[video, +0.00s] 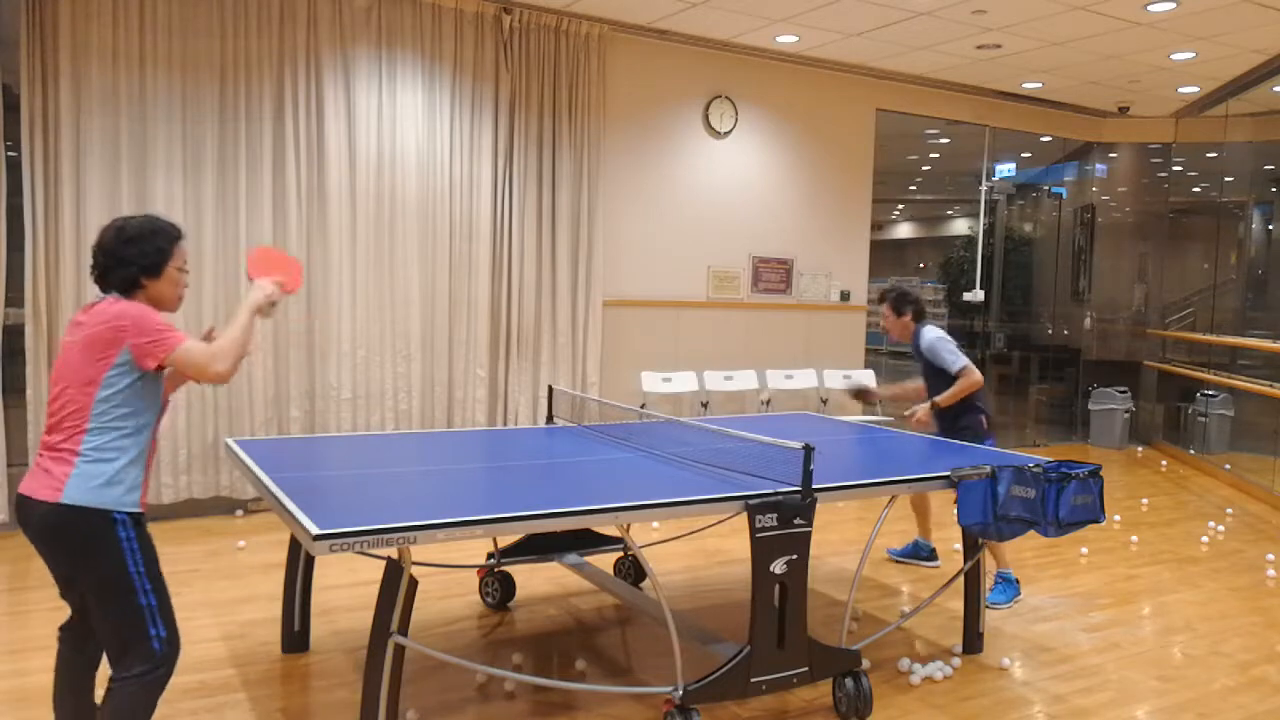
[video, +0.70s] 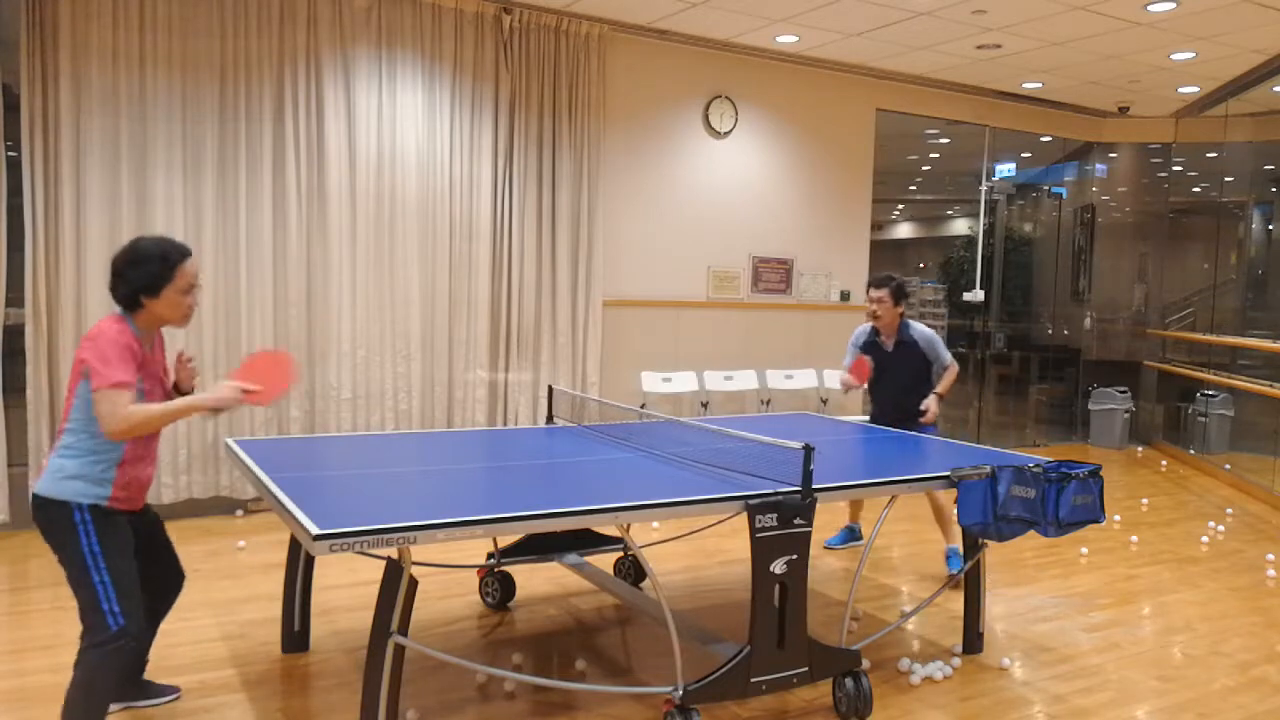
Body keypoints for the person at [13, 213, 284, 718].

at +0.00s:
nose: (186, 281)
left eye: (185, 270)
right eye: (179, 270)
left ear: (133, 272)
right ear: (144, 273)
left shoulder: (92, 317)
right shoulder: (129, 319)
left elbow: (131, 406)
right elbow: (218, 364)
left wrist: (189, 360)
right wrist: (253, 303)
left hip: (45, 500)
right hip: (95, 508)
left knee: (87, 626)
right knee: (151, 651)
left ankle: (75, 711)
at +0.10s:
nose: (187, 279)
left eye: (186, 267)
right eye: (179, 268)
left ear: (138, 273)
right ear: (144, 273)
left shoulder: (100, 316)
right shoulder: (122, 321)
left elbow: (144, 394)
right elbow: (187, 390)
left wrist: (203, 360)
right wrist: (252, 336)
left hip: (51, 503)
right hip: (86, 510)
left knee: (90, 627)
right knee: (146, 650)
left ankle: (74, 712)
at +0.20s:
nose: (193, 286)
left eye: (191, 275)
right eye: (186, 275)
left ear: (149, 281)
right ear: (150, 280)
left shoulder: (122, 329)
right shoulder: (114, 330)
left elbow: (136, 399)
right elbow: (128, 422)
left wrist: (195, 384)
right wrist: (215, 396)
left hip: (68, 511)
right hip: (74, 515)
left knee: (98, 642)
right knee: (138, 653)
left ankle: (73, 716)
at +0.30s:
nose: (201, 299)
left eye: (199, 289)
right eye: (193, 290)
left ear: (158, 298)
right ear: (156, 296)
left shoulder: (151, 347)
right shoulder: (107, 346)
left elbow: (154, 418)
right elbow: (69, 441)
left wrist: (194, 404)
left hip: (101, 517)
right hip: (58, 522)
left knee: (143, 592)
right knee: (138, 651)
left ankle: (74, 704)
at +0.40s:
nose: (207, 318)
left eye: (206, 307)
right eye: (200, 308)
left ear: (167, 314)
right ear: (164, 313)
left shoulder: (164, 364)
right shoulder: (95, 363)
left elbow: (158, 436)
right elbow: (25, 438)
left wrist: (182, 420)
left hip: (109, 513)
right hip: (53, 525)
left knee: (151, 590)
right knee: (138, 651)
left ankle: (94, 694)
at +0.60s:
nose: (199, 318)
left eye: (199, 307)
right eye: (190, 309)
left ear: (153, 314)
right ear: (149, 312)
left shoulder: (165, 356)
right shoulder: (95, 358)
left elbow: (160, 432)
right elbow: (58, 440)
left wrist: (178, 408)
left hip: (123, 509)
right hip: (72, 512)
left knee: (167, 585)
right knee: (120, 643)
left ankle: (123, 681)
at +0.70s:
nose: (195, 300)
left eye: (195, 289)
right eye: (187, 291)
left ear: (156, 296)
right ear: (147, 295)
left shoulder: (151, 339)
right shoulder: (112, 338)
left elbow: (143, 412)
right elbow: (116, 422)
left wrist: (176, 388)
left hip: (120, 499)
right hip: (78, 501)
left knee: (164, 579)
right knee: (118, 631)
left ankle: (123, 683)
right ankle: (81, 711)